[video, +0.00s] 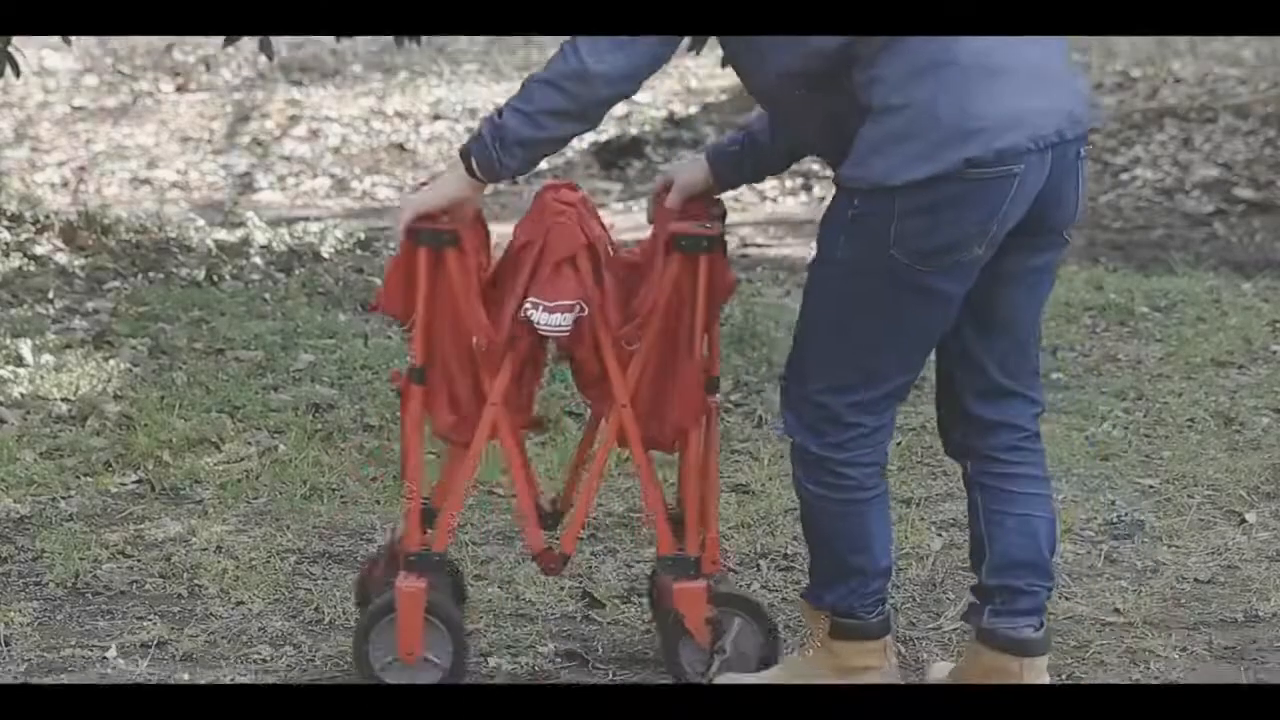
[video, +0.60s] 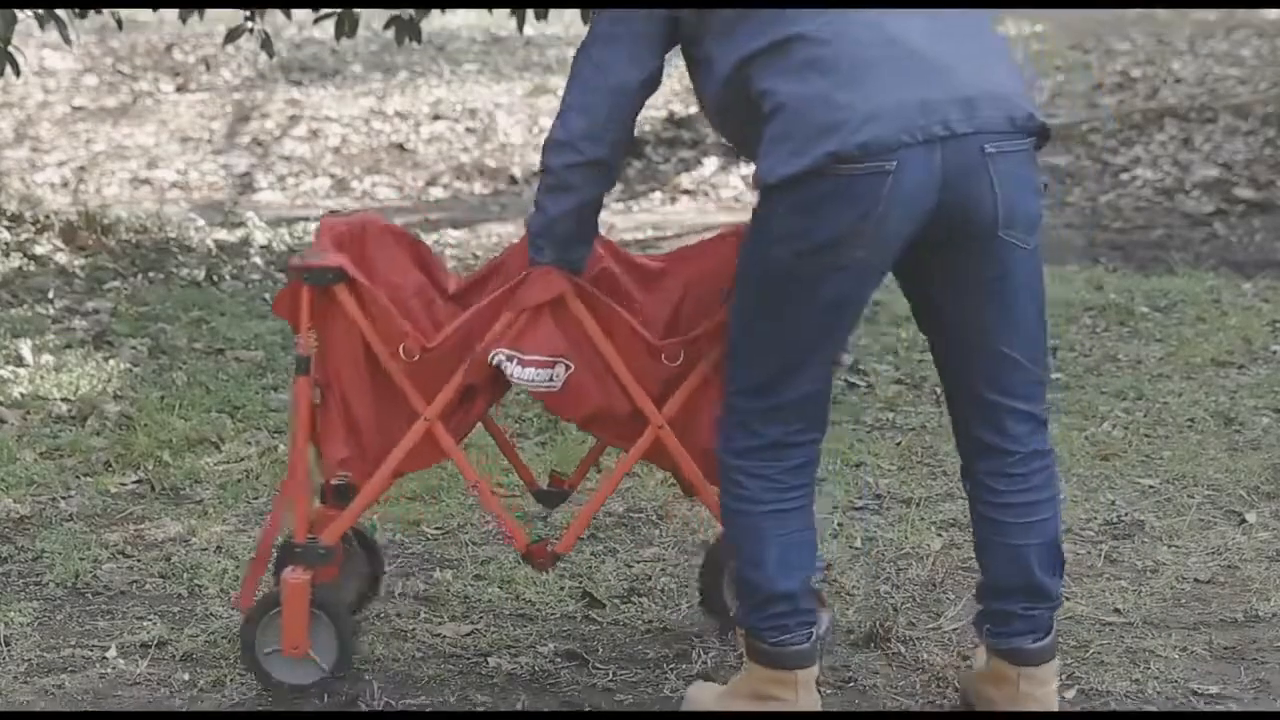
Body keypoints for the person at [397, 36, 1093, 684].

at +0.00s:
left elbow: (602, 66)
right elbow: (844, 92)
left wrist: (472, 171)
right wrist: (717, 167)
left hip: (932, 150)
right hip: (1056, 133)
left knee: (836, 414)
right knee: (1000, 416)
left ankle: (852, 650)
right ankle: (1010, 655)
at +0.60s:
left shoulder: (656, 8)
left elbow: (596, 105)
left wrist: (557, 247)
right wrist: (790, 229)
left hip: (845, 159)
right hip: (995, 146)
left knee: (772, 438)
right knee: (1011, 434)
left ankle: (780, 674)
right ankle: (1025, 669)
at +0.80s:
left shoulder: (640, 18)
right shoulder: (867, 11)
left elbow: (593, 213)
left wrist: (545, 366)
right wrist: (790, 302)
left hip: (792, 185)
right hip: (953, 162)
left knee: (734, 435)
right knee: (997, 425)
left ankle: (779, 675)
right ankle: (1038, 668)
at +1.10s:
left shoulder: (640, 14)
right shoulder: (872, 5)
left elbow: (598, 202)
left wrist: (557, 350)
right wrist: (793, 297)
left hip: (788, 186)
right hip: (945, 157)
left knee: (734, 433)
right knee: (999, 421)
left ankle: (778, 677)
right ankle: (1042, 669)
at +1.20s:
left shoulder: (640, 2)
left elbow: (603, 152)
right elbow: (946, 24)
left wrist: (579, 310)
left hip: (791, 178)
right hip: (950, 152)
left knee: (747, 429)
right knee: (1003, 418)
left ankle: (780, 672)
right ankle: (1042, 661)